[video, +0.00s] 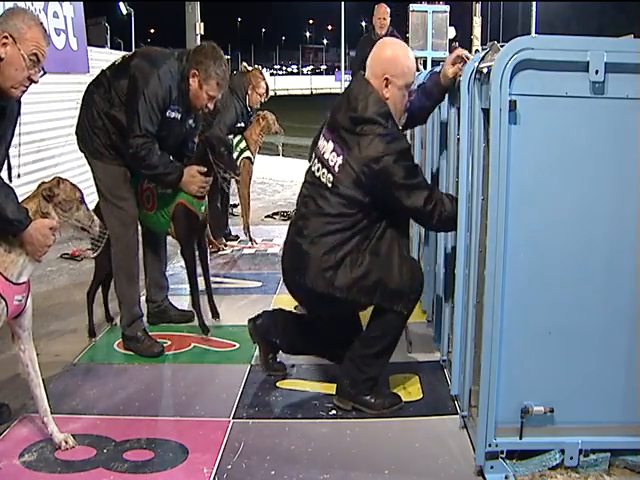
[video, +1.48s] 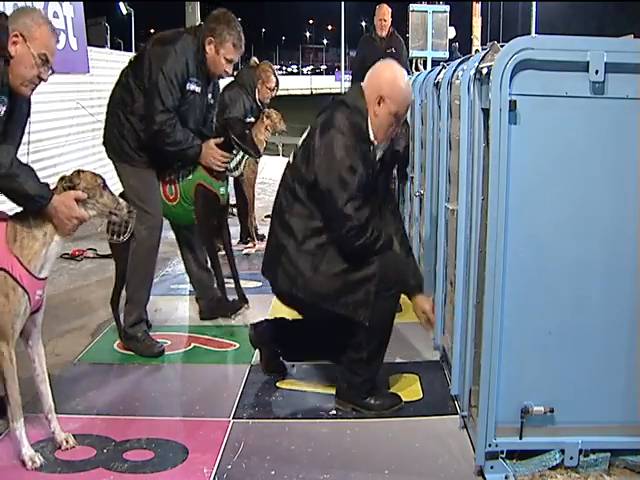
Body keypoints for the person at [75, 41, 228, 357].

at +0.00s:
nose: (211, 105)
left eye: (216, 100)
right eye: (209, 97)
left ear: (197, 77)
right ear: (193, 78)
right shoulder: (153, 79)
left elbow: (185, 143)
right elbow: (136, 146)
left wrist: (190, 173)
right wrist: (177, 175)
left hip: (142, 137)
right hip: (104, 134)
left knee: (153, 218)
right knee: (124, 222)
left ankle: (158, 304)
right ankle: (132, 326)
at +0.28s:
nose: (210, 94)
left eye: (215, 88)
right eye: (209, 85)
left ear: (196, 66)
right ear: (191, 68)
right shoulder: (152, 72)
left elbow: (183, 134)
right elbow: (138, 142)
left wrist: (193, 160)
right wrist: (181, 166)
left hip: (142, 138)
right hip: (104, 134)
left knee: (152, 219)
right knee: (124, 223)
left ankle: (158, 303)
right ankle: (130, 324)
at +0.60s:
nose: (211, 93)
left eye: (216, 86)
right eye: (209, 84)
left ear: (196, 65)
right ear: (191, 67)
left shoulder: (192, 79)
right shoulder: (152, 70)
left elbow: (183, 134)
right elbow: (139, 140)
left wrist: (192, 162)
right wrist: (181, 165)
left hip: (139, 137)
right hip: (103, 134)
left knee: (152, 216)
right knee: (127, 218)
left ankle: (158, 303)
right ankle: (131, 324)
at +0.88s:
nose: (210, 92)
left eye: (215, 86)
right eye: (209, 83)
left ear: (196, 65)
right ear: (191, 66)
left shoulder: (191, 81)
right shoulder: (151, 70)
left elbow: (181, 134)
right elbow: (137, 139)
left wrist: (193, 159)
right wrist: (178, 163)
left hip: (140, 139)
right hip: (104, 135)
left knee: (152, 216)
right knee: (125, 220)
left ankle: (158, 303)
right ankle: (130, 324)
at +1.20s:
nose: (211, 71)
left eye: (216, 65)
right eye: (209, 63)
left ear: (199, 48)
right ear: (190, 47)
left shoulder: (192, 66)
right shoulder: (149, 58)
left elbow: (188, 121)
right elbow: (140, 129)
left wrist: (194, 147)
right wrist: (182, 151)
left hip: (153, 141)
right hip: (113, 139)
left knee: (169, 213)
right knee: (136, 216)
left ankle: (164, 297)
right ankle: (131, 322)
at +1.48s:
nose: (231, 70)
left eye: (235, 63)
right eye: (228, 61)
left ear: (218, 46)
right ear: (209, 45)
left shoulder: (208, 68)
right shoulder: (169, 55)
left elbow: (206, 121)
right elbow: (159, 124)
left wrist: (214, 147)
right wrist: (198, 149)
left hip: (172, 144)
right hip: (133, 142)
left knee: (188, 218)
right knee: (149, 221)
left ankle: (210, 300)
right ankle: (132, 324)